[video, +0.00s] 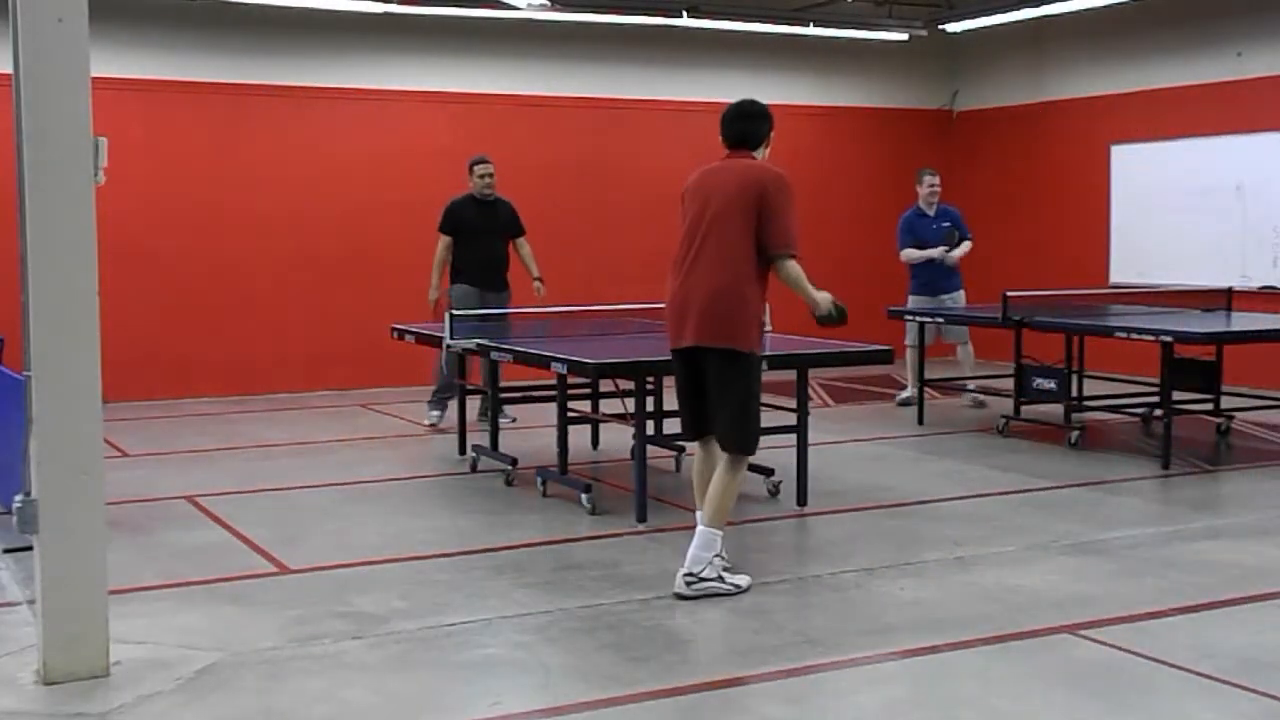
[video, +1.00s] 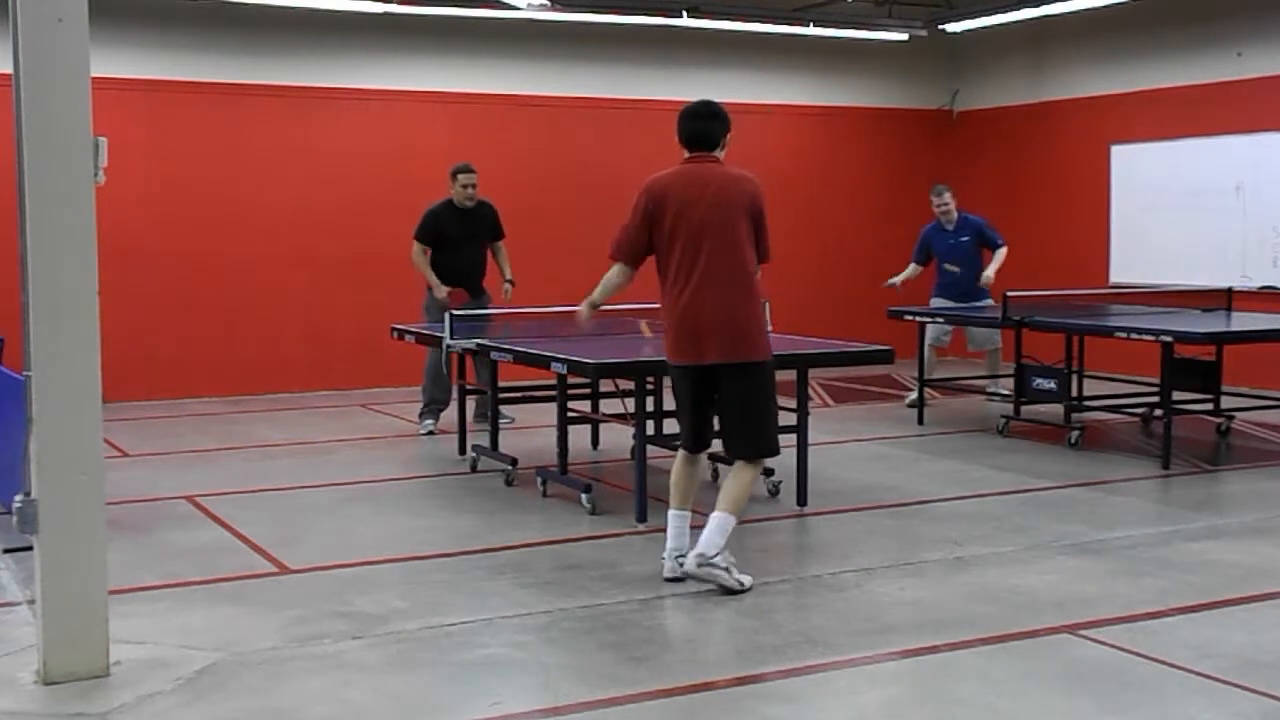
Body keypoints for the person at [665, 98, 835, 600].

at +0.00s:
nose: (772, 144)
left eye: (767, 137)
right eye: (772, 138)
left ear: (725, 138)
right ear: (767, 140)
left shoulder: (697, 180)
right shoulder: (769, 180)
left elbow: (698, 248)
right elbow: (781, 257)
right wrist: (815, 297)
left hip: (684, 324)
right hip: (732, 328)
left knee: (705, 444)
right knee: (735, 453)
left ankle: (708, 553)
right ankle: (698, 567)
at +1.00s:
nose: (730, 143)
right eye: (729, 136)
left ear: (680, 140)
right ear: (724, 140)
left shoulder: (657, 189)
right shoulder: (746, 187)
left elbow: (624, 267)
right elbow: (756, 259)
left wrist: (590, 303)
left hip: (684, 343)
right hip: (742, 343)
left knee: (691, 445)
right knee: (751, 454)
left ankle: (675, 554)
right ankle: (709, 550)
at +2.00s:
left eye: (844, 148)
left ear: (847, 154)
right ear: (897, 156)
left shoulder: (817, 201)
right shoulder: (918, 211)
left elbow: (775, 280)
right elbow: (937, 301)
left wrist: (752, 344)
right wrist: (935, 352)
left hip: (824, 365)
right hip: (895, 365)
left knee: (817, 498)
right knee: (898, 472)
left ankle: (841, 625)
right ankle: (914, 593)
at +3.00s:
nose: (920, 184)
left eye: (922, 177)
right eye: (922, 176)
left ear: (931, 180)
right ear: (978, 178)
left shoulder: (942, 225)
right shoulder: (1006, 224)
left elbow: (936, 317)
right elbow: (1019, 312)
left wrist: (888, 389)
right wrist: (961, 381)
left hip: (985, 391)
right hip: (1032, 383)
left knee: (981, 541)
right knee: (952, 449)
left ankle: (1107, 650)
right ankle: (949, 586)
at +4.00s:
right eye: (967, 139)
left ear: (916, 141)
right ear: (967, 143)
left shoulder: (892, 183)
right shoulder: (987, 197)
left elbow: (867, 271)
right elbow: (1002, 291)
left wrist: (868, 311)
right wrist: (1022, 340)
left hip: (896, 355)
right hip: (968, 358)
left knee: (832, 460)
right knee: (961, 463)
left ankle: (802, 593)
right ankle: (983, 590)